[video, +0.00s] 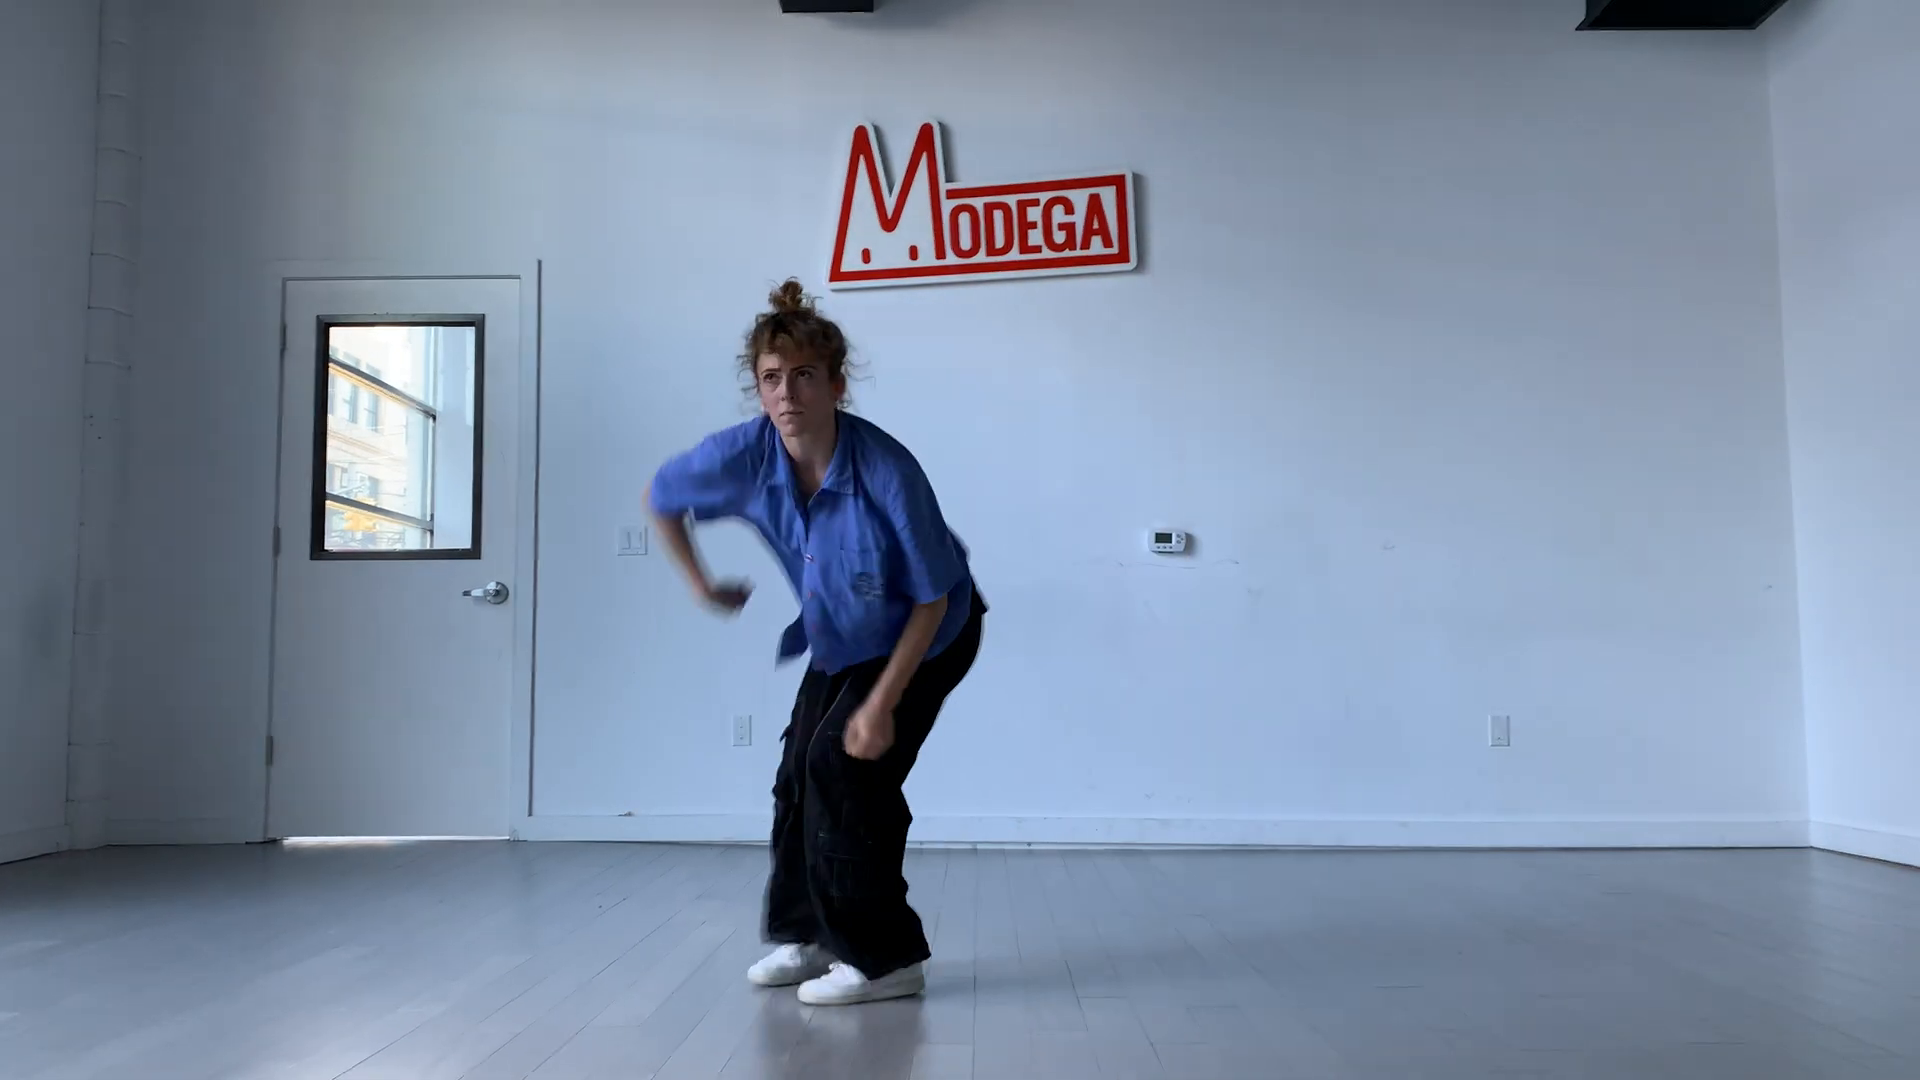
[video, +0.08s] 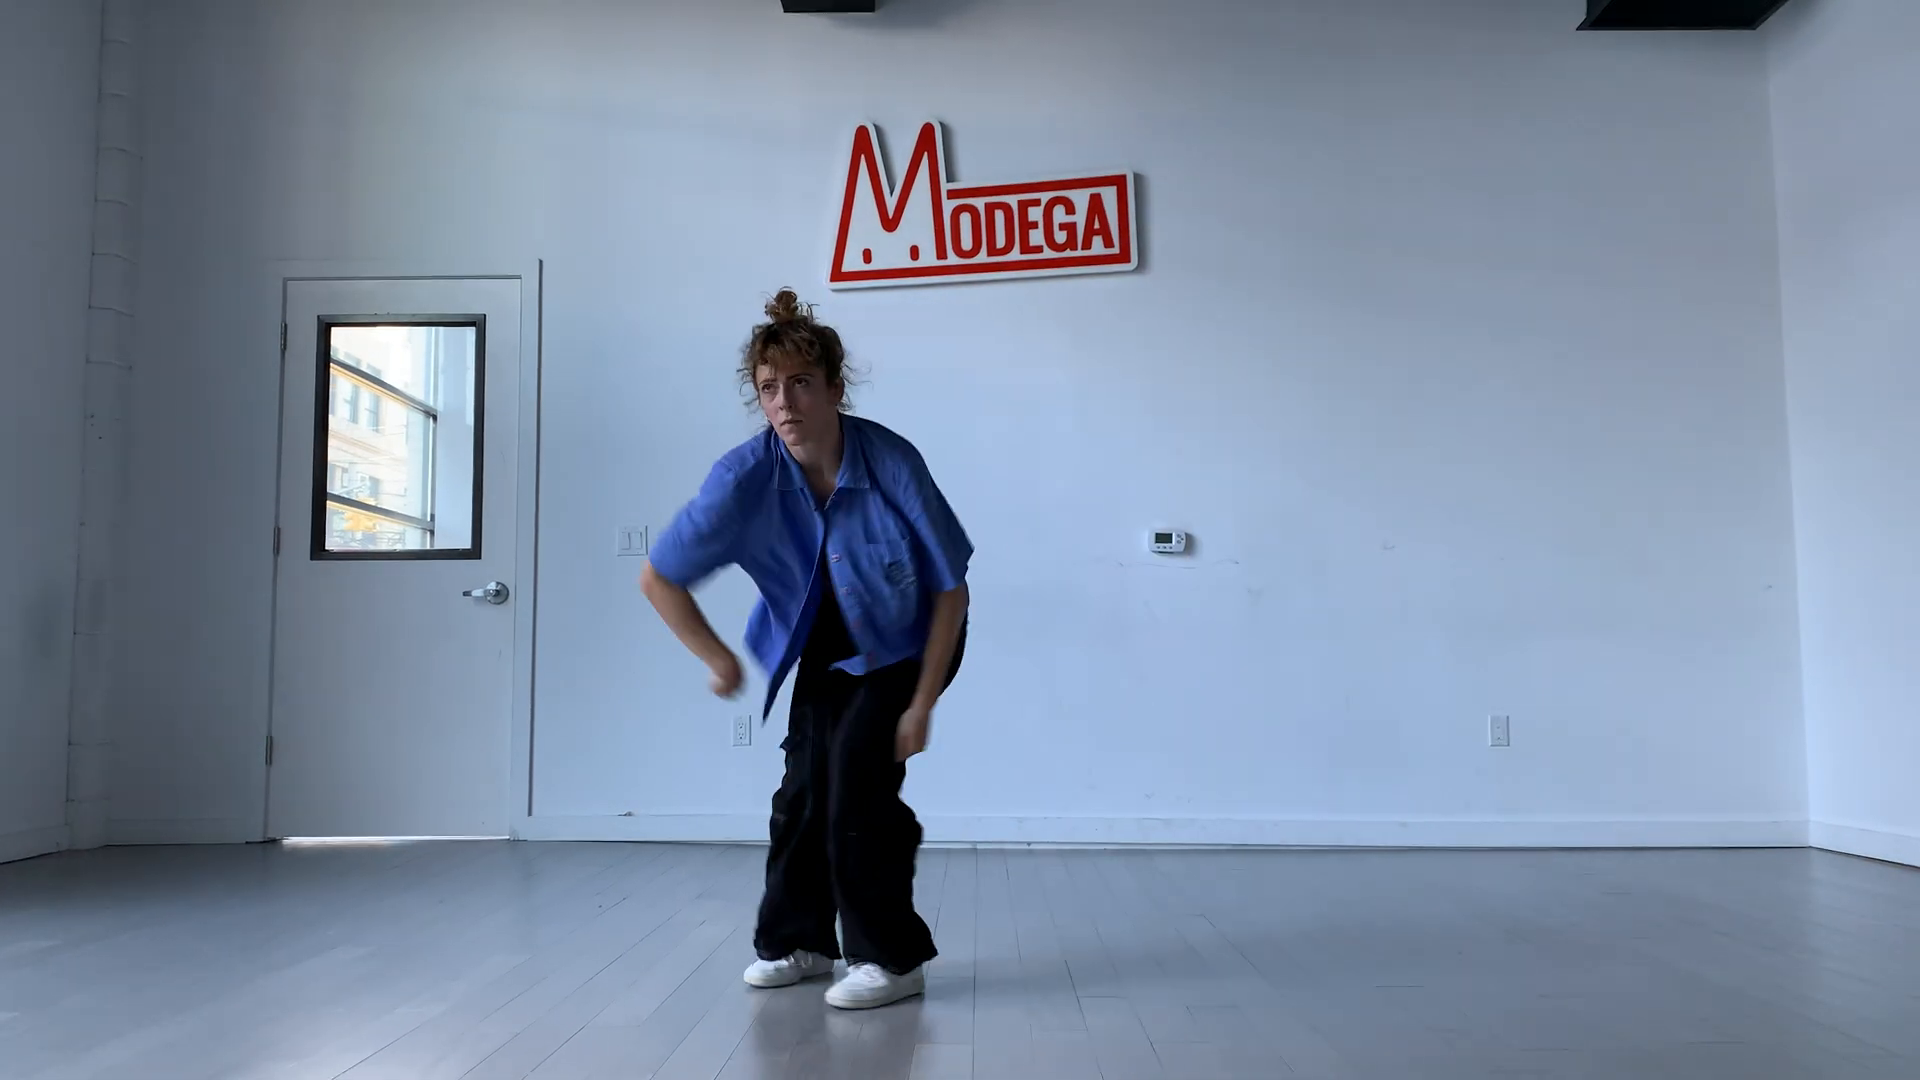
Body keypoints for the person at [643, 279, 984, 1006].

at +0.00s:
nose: (786, 392)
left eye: (802, 376)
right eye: (772, 378)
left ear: (837, 384)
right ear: (757, 390)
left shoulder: (886, 473)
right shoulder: (749, 453)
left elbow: (937, 594)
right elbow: (661, 495)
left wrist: (882, 699)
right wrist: (701, 584)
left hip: (926, 626)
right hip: (842, 629)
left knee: (848, 763)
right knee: (800, 768)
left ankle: (887, 957)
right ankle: (809, 936)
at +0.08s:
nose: (784, 402)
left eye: (799, 384)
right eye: (770, 388)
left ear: (835, 387)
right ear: (757, 397)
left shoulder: (891, 464)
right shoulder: (745, 477)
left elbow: (951, 583)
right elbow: (657, 576)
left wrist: (923, 703)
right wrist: (718, 657)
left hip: (904, 643)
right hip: (818, 648)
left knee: (858, 774)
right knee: (803, 784)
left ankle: (891, 957)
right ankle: (802, 943)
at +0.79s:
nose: (803, 390)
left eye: (809, 375)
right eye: (802, 375)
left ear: (847, 370)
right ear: (852, 369)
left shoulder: (872, 452)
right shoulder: (832, 434)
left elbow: (750, 522)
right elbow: (847, 344)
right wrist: (807, 261)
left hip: (845, 659)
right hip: (767, 646)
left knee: (837, 789)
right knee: (722, 796)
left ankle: (738, 966)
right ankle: (803, 936)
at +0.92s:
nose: (830, 392)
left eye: (836, 377)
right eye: (831, 377)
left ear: (872, 374)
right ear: (885, 372)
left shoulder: (872, 474)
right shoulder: (906, 431)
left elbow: (757, 548)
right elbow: (876, 320)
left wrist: (644, 502)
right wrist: (793, 257)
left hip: (842, 664)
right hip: (807, 650)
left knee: (815, 807)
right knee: (720, 789)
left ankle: (724, 963)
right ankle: (802, 939)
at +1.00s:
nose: (848, 358)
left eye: (859, 349)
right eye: (852, 347)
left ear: (901, 362)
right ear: (886, 358)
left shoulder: (912, 462)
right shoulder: (866, 400)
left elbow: (794, 521)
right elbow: (830, 291)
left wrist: (664, 500)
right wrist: (757, 221)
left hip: (879, 652)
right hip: (802, 643)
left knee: (829, 778)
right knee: (735, 775)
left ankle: (740, 949)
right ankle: (806, 936)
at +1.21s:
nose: (985, 301)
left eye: (988, 289)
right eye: (976, 288)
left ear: (979, 300)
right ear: (926, 292)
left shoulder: (985, 357)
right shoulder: (872, 335)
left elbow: (1044, 303)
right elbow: (796, 239)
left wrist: (951, 322)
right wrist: (838, 254)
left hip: (980, 574)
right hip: (898, 578)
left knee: (958, 733)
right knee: (831, 728)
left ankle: (1017, 890)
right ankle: (814, 914)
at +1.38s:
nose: (1026, 314)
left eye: (1030, 301)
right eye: (1011, 300)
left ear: (1032, 306)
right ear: (965, 306)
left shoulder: (1054, 372)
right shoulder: (920, 381)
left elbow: (1162, 394)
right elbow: (831, 397)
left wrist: (1105, 373)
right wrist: (858, 363)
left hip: (1062, 594)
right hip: (981, 602)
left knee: (1059, 763)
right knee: (931, 712)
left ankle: (1116, 927)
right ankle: (1030, 863)